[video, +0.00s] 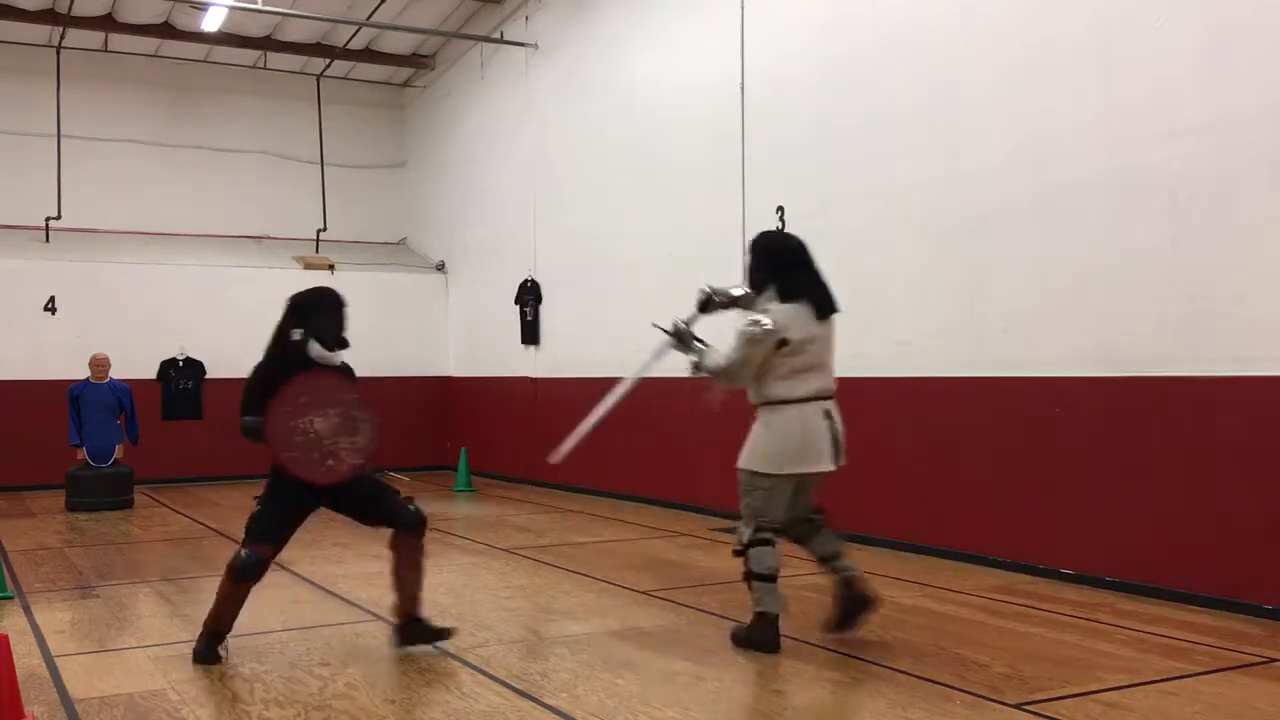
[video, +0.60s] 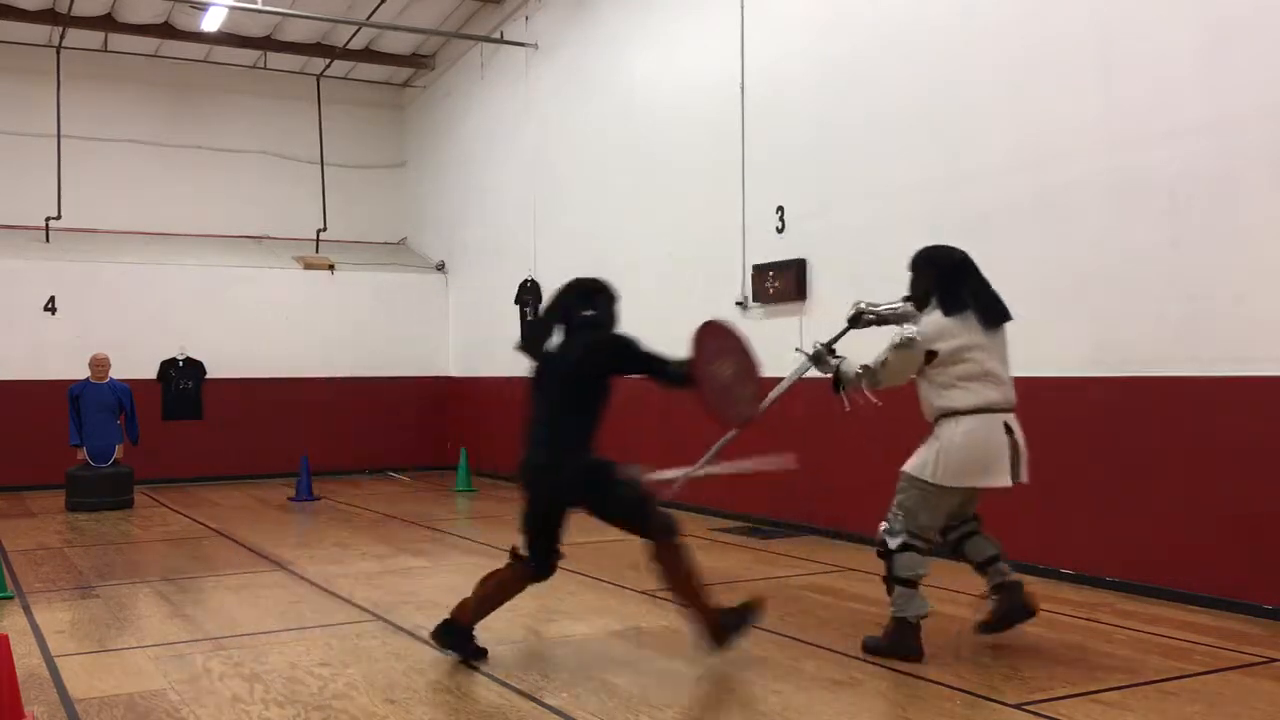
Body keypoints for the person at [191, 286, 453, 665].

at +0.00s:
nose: (342, 325)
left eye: (341, 317)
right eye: (334, 317)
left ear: (336, 318)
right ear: (308, 322)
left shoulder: (340, 372)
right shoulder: (277, 366)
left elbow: (351, 424)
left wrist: (348, 441)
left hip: (341, 477)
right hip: (292, 480)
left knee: (410, 521)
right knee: (250, 561)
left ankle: (409, 623)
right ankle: (212, 636)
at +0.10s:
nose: (377, 328)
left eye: (377, 319)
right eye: (371, 319)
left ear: (350, 320)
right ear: (350, 320)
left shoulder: (359, 368)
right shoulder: (314, 361)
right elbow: (300, 423)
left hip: (356, 480)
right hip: (312, 483)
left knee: (431, 527)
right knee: (258, 566)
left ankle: (438, 628)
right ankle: (212, 639)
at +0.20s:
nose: (425, 326)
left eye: (424, 317)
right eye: (420, 317)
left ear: (388, 316)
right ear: (401, 318)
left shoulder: (383, 356)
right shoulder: (375, 355)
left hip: (378, 479)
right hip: (354, 480)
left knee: (459, 533)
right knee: (287, 563)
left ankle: (435, 631)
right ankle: (215, 632)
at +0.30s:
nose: (479, 328)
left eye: (479, 320)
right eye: (475, 320)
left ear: (447, 317)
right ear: (458, 320)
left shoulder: (433, 355)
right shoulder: (435, 358)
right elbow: (430, 426)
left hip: (417, 480)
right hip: (404, 482)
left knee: (485, 540)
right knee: (358, 577)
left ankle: (442, 633)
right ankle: (269, 602)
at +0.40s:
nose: (524, 345)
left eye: (524, 337)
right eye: (522, 337)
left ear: (483, 324)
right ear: (512, 332)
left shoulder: (460, 355)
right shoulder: (504, 364)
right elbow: (544, 409)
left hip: (437, 473)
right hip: (450, 477)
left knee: (500, 551)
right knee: (497, 553)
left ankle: (443, 632)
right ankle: (388, 595)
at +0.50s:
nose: (567, 331)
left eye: (565, 324)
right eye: (564, 324)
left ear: (526, 323)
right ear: (558, 326)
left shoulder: (501, 356)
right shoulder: (555, 360)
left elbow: (472, 412)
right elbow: (605, 389)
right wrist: (644, 398)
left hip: (482, 476)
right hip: (513, 476)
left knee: (519, 559)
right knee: (589, 524)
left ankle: (446, 627)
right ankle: (550, 624)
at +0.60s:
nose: (614, 315)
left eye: (610, 307)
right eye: (610, 308)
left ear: (569, 314)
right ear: (600, 312)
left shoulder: (553, 352)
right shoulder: (607, 347)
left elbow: (529, 338)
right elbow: (671, 373)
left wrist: (551, 305)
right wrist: (707, 367)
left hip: (542, 471)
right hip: (577, 470)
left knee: (536, 562)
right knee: (660, 528)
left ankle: (457, 625)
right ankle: (711, 621)